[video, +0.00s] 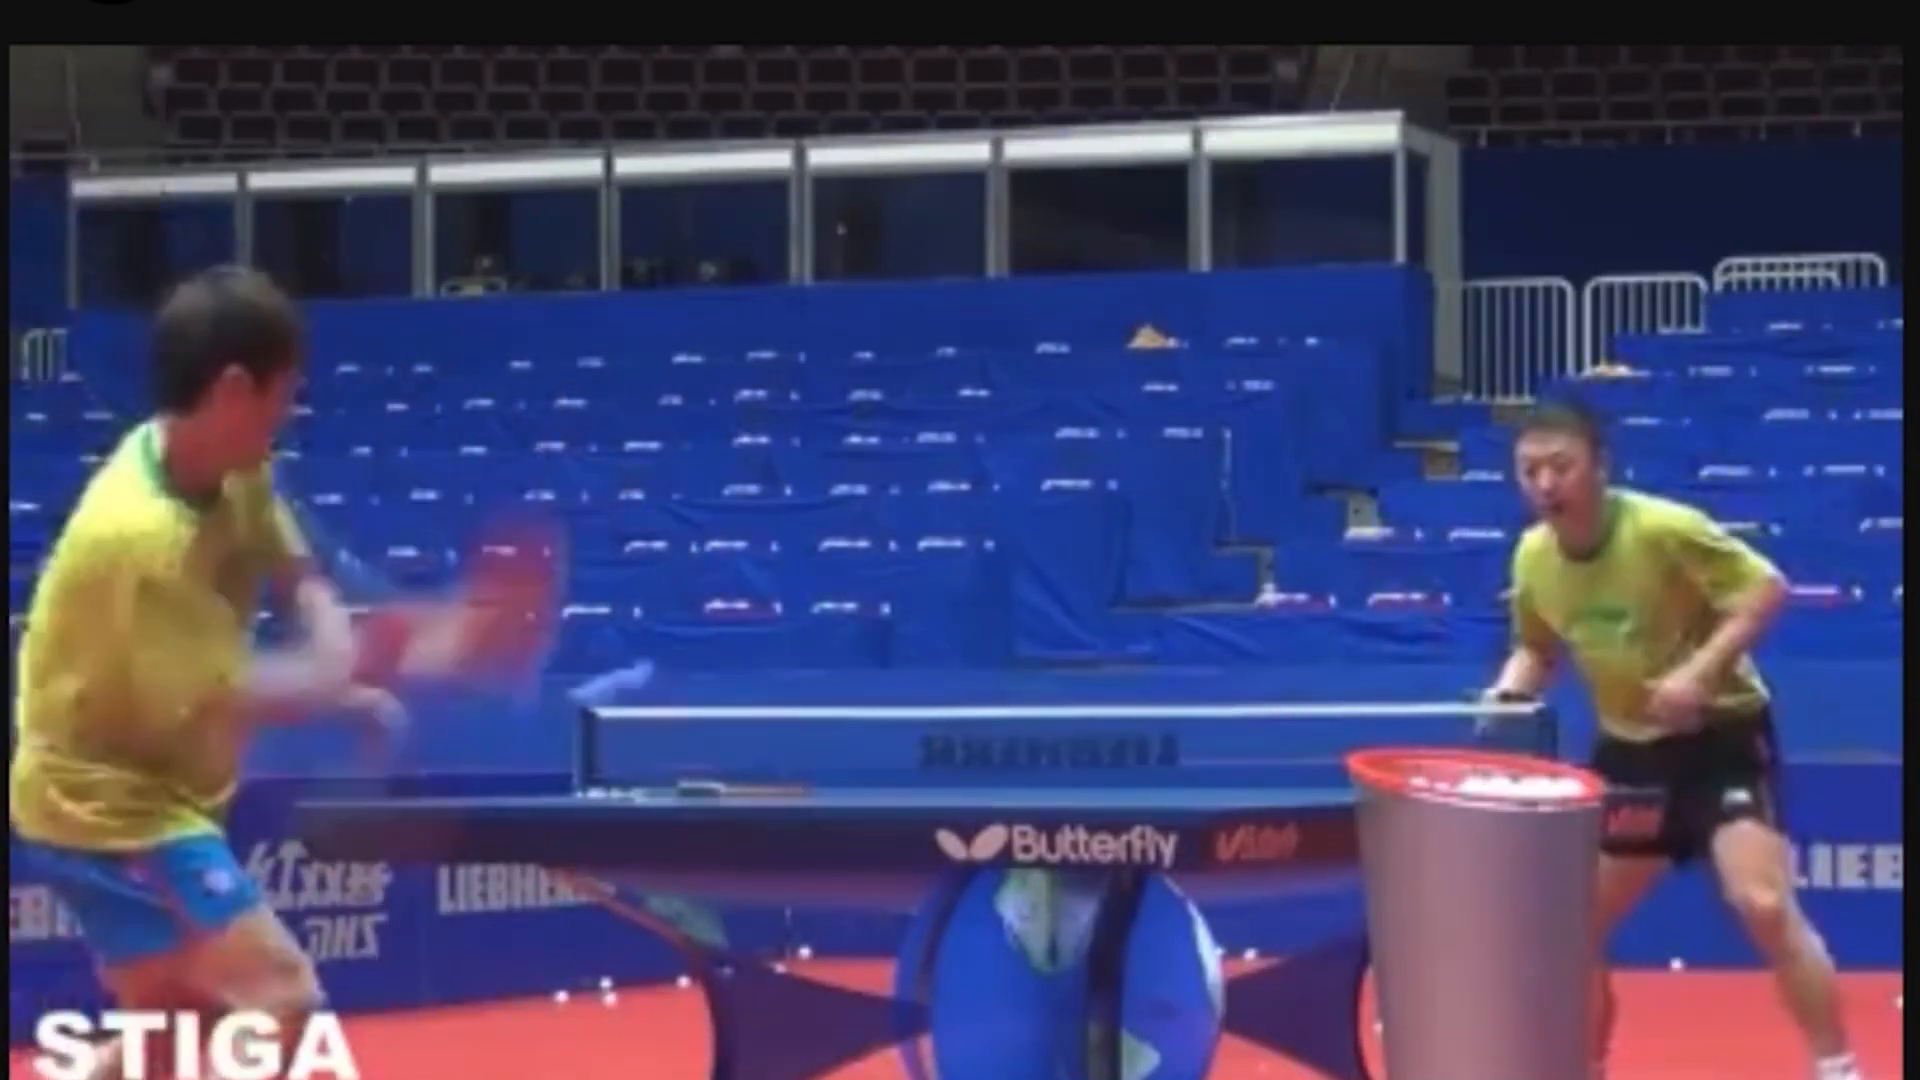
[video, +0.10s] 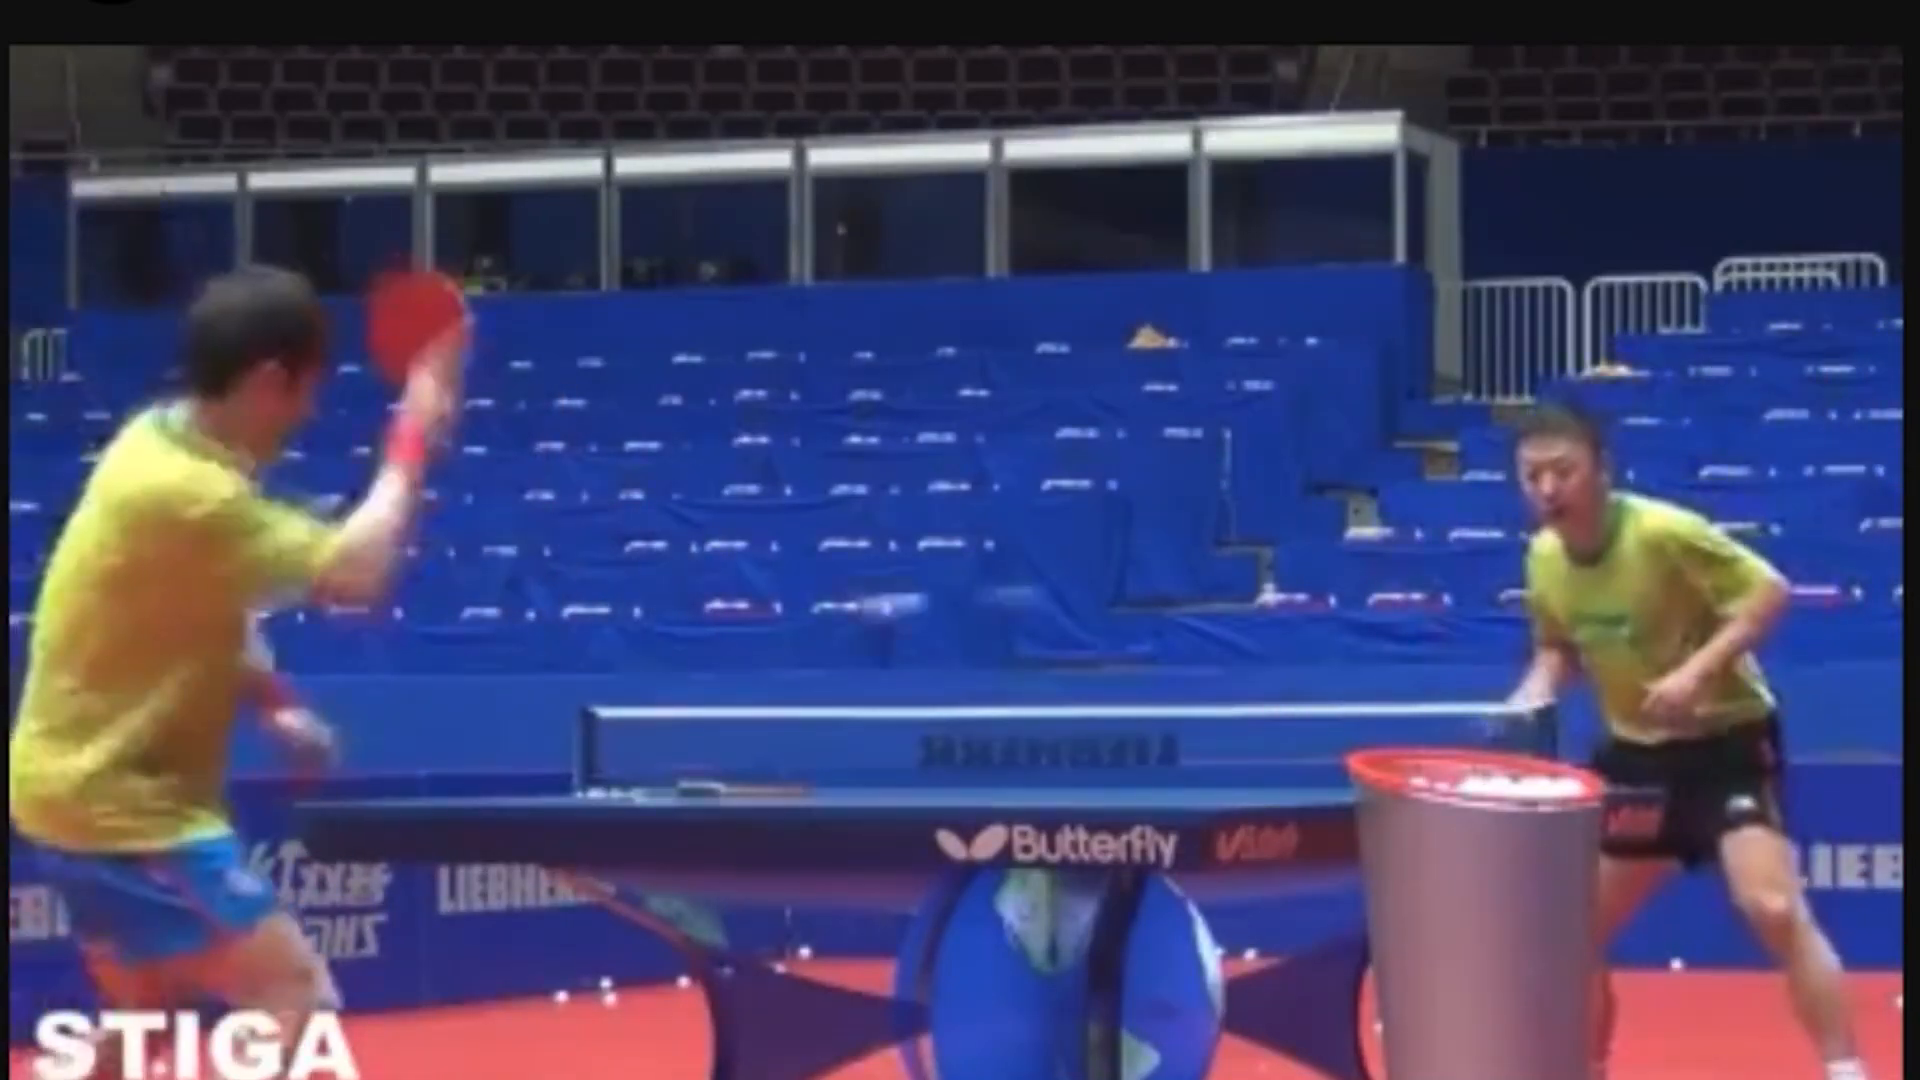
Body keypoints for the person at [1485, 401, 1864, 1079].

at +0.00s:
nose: (1546, 485)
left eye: (1560, 467)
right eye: (1531, 471)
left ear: (1598, 466)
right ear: (1521, 479)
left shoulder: (1662, 530)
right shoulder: (1533, 556)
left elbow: (1765, 587)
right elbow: (1537, 645)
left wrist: (1697, 674)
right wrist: (1517, 681)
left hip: (1721, 735)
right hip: (1629, 749)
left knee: (1764, 906)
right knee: (1572, 924)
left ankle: (1834, 1065)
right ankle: (1583, 1068)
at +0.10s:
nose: (1548, 490)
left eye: (1562, 471)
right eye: (1534, 476)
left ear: (1600, 469)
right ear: (1522, 482)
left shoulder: (1663, 532)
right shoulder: (1545, 555)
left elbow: (1768, 591)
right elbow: (1555, 646)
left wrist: (1692, 673)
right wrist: (1533, 695)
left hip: (1726, 742)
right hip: (1635, 752)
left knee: (1774, 910)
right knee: (1576, 927)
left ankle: (1843, 1066)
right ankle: (1582, 1068)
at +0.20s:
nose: (1572, 505)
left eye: (1585, 486)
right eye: (1557, 491)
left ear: (1620, 481)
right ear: (1543, 496)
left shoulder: (1678, 543)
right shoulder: (1566, 563)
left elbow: (1786, 603)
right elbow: (1587, 653)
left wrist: (1707, 683)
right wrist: (1556, 692)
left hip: (1741, 758)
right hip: (1652, 764)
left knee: (1779, 917)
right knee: (1576, 927)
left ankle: (1838, 1069)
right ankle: (1584, 1069)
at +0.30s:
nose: (1603, 508)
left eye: (1616, 488)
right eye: (1588, 493)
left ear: (1653, 480)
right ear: (1574, 497)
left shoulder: (1719, 539)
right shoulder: (1591, 565)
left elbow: (1829, 597)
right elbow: (1618, 670)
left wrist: (1751, 671)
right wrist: (1575, 671)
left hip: (1766, 767)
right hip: (1675, 770)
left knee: (1782, 920)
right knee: (1595, 926)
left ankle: (1839, 1072)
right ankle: (1594, 1068)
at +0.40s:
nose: (1654, 485)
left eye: (1665, 464)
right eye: (1638, 471)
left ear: (1702, 455)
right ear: (1625, 478)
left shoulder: (1781, 505)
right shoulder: (1627, 546)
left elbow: (1870, 566)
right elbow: (1650, 645)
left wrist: (1812, 637)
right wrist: (1642, 654)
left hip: (1806, 748)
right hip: (1709, 757)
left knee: (1813, 918)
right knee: (1660, 937)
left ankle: (1852, 1071)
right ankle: (1621, 1066)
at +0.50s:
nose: (1693, 456)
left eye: (1705, 436)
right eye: (1679, 441)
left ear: (1742, 425)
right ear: (1668, 444)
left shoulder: (1805, 470)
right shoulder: (1669, 516)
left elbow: (1876, 546)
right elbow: (1700, 586)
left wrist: (1845, 608)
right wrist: (1726, 649)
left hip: (1826, 715)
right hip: (1731, 720)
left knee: (1831, 913)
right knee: (1699, 923)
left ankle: (1857, 1068)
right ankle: (1676, 1062)